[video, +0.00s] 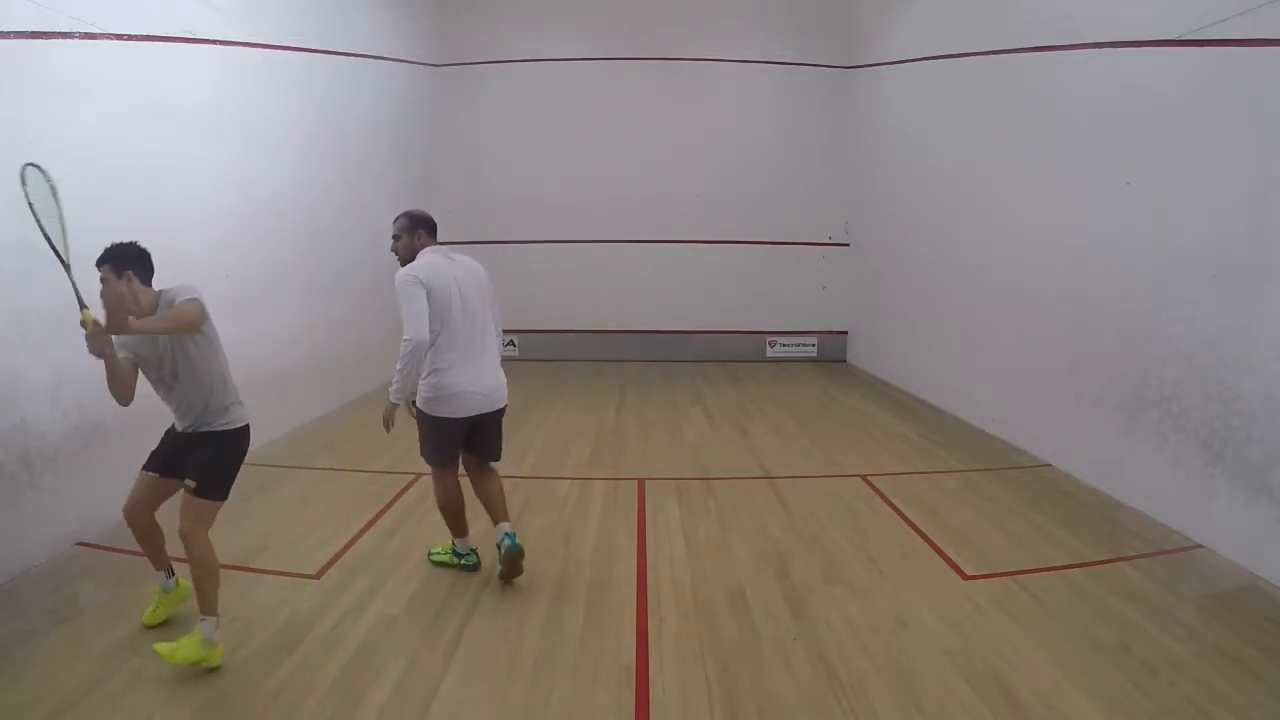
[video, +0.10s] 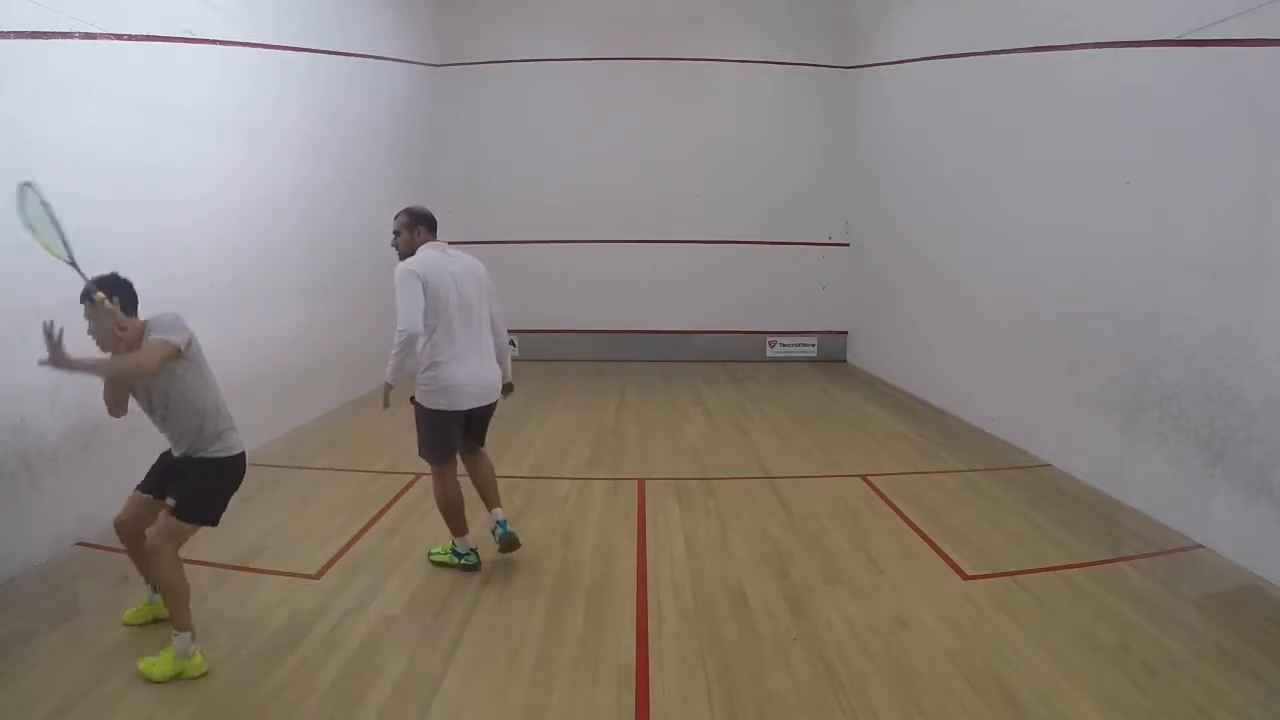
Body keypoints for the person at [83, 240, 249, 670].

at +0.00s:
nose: (101, 292)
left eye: (104, 282)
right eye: (99, 284)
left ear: (129, 280)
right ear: (128, 283)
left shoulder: (180, 298)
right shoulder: (125, 334)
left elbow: (194, 318)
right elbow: (124, 396)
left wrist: (129, 327)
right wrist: (108, 354)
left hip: (225, 428)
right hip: (185, 430)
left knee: (192, 529)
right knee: (137, 512)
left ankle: (209, 637)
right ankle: (171, 585)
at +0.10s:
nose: (88, 330)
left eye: (91, 319)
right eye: (86, 321)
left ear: (115, 313)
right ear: (111, 316)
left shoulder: (169, 325)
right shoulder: (120, 359)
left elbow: (144, 367)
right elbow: (116, 408)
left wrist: (69, 363)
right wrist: (120, 357)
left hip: (218, 457)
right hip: (180, 454)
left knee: (158, 545)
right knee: (128, 525)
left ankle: (186, 651)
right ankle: (162, 598)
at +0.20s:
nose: (88, 364)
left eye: (90, 353)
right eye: (86, 355)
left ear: (111, 349)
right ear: (118, 348)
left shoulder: (152, 376)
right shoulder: (133, 386)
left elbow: (138, 453)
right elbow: (106, 454)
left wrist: (79, 495)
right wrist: (117, 411)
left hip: (212, 488)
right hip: (187, 481)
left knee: (130, 559)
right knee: (134, 527)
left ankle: (183, 653)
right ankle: (162, 604)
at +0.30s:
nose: (104, 371)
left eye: (103, 364)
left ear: (106, 366)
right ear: (141, 355)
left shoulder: (121, 410)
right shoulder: (174, 380)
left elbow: (141, 488)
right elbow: (183, 468)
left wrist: (154, 557)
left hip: (203, 504)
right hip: (248, 492)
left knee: (131, 556)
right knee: (178, 512)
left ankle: (181, 653)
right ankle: (178, 596)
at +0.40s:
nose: (134, 357)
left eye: (132, 353)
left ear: (132, 359)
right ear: (170, 347)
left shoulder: (133, 412)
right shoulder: (208, 375)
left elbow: (146, 485)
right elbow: (257, 404)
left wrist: (159, 557)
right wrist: (285, 416)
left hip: (206, 511)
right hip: (260, 496)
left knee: (141, 553)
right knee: (229, 519)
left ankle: (180, 654)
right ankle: (252, 600)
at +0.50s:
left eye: (181, 326)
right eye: (205, 319)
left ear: (177, 333)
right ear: (214, 324)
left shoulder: (167, 388)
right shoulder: (249, 359)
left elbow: (159, 465)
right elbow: (313, 376)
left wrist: (156, 530)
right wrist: (335, 387)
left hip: (220, 496)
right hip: (277, 483)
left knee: (161, 556)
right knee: (291, 527)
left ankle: (182, 655)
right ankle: (339, 599)